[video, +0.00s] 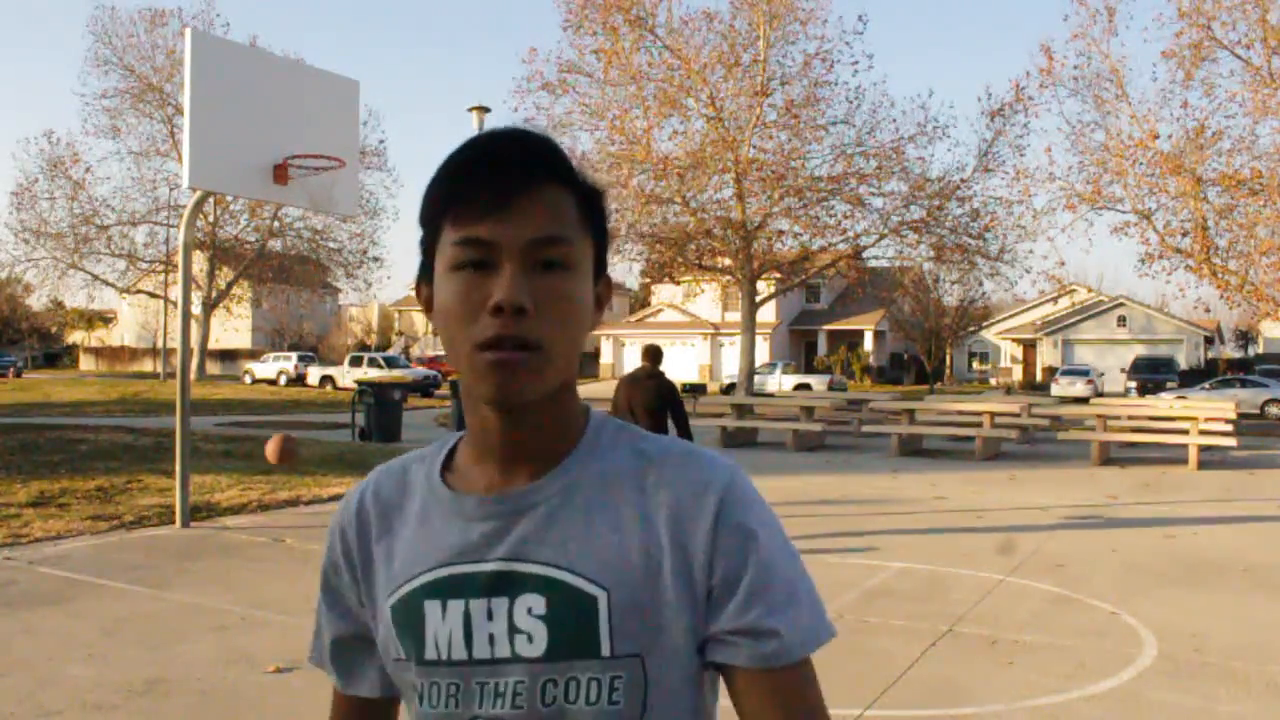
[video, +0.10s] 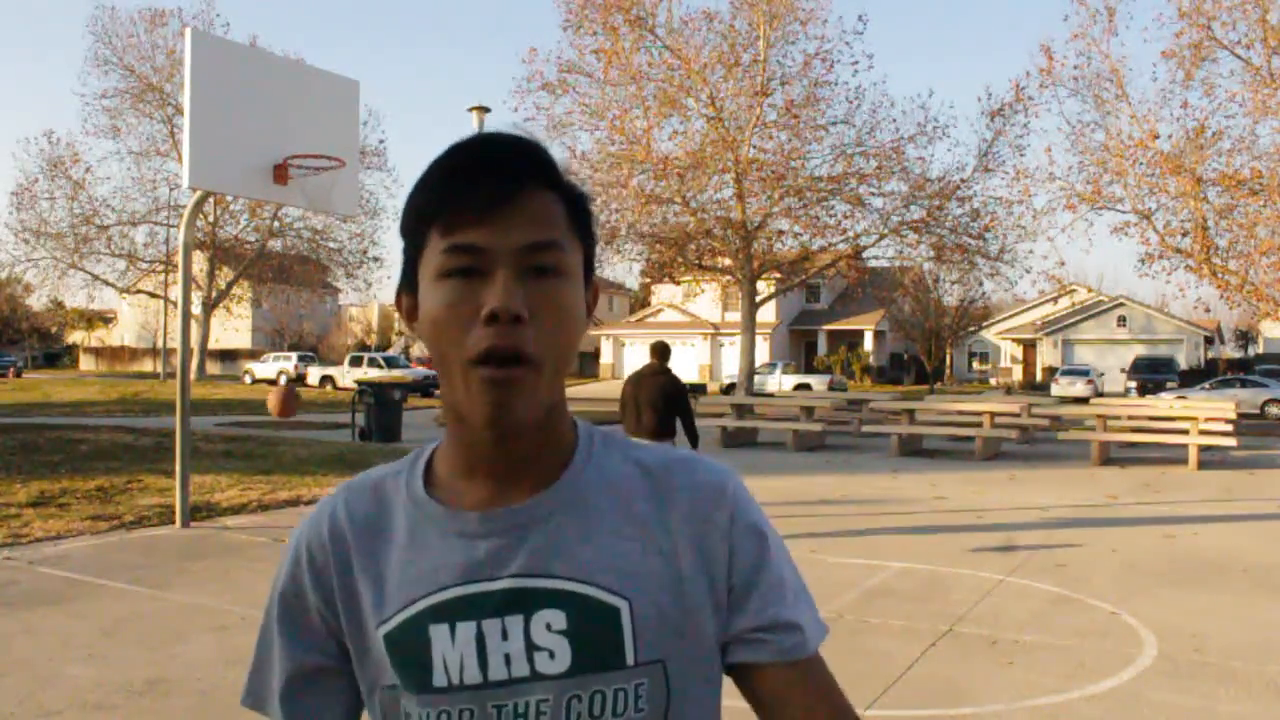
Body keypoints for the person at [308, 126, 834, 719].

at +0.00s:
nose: (509, 297)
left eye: (549, 263)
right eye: (475, 263)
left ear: (600, 303)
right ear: (428, 302)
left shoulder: (705, 505)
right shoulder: (371, 519)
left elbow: (793, 710)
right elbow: (360, 706)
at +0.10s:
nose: (503, 304)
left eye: (540, 270)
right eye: (463, 272)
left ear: (590, 307)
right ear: (411, 315)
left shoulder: (704, 511)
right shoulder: (335, 545)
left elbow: (817, 709)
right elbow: (301, 713)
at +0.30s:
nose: (486, 299)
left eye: (526, 263)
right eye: (443, 260)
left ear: (573, 299)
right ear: (381, 299)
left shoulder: (681, 519)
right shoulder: (272, 559)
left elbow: (793, 713)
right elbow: (204, 712)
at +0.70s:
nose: (544, 346)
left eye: (589, 305)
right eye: (501, 305)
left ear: (640, 345)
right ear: (439, 346)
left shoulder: (720, 566)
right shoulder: (355, 566)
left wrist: (763, 587)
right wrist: (310, 560)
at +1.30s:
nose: (585, 393)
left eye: (628, 348)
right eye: (536, 352)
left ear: (688, 383)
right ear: (471, 393)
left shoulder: (778, 584)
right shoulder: (411, 605)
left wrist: (841, 547)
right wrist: (347, 567)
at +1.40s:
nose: (510, 401)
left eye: (564, 348)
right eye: (475, 361)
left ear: (664, 371)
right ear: (446, 392)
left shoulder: (798, 589)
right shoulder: (396, 605)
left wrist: (792, 664)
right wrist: (362, 662)